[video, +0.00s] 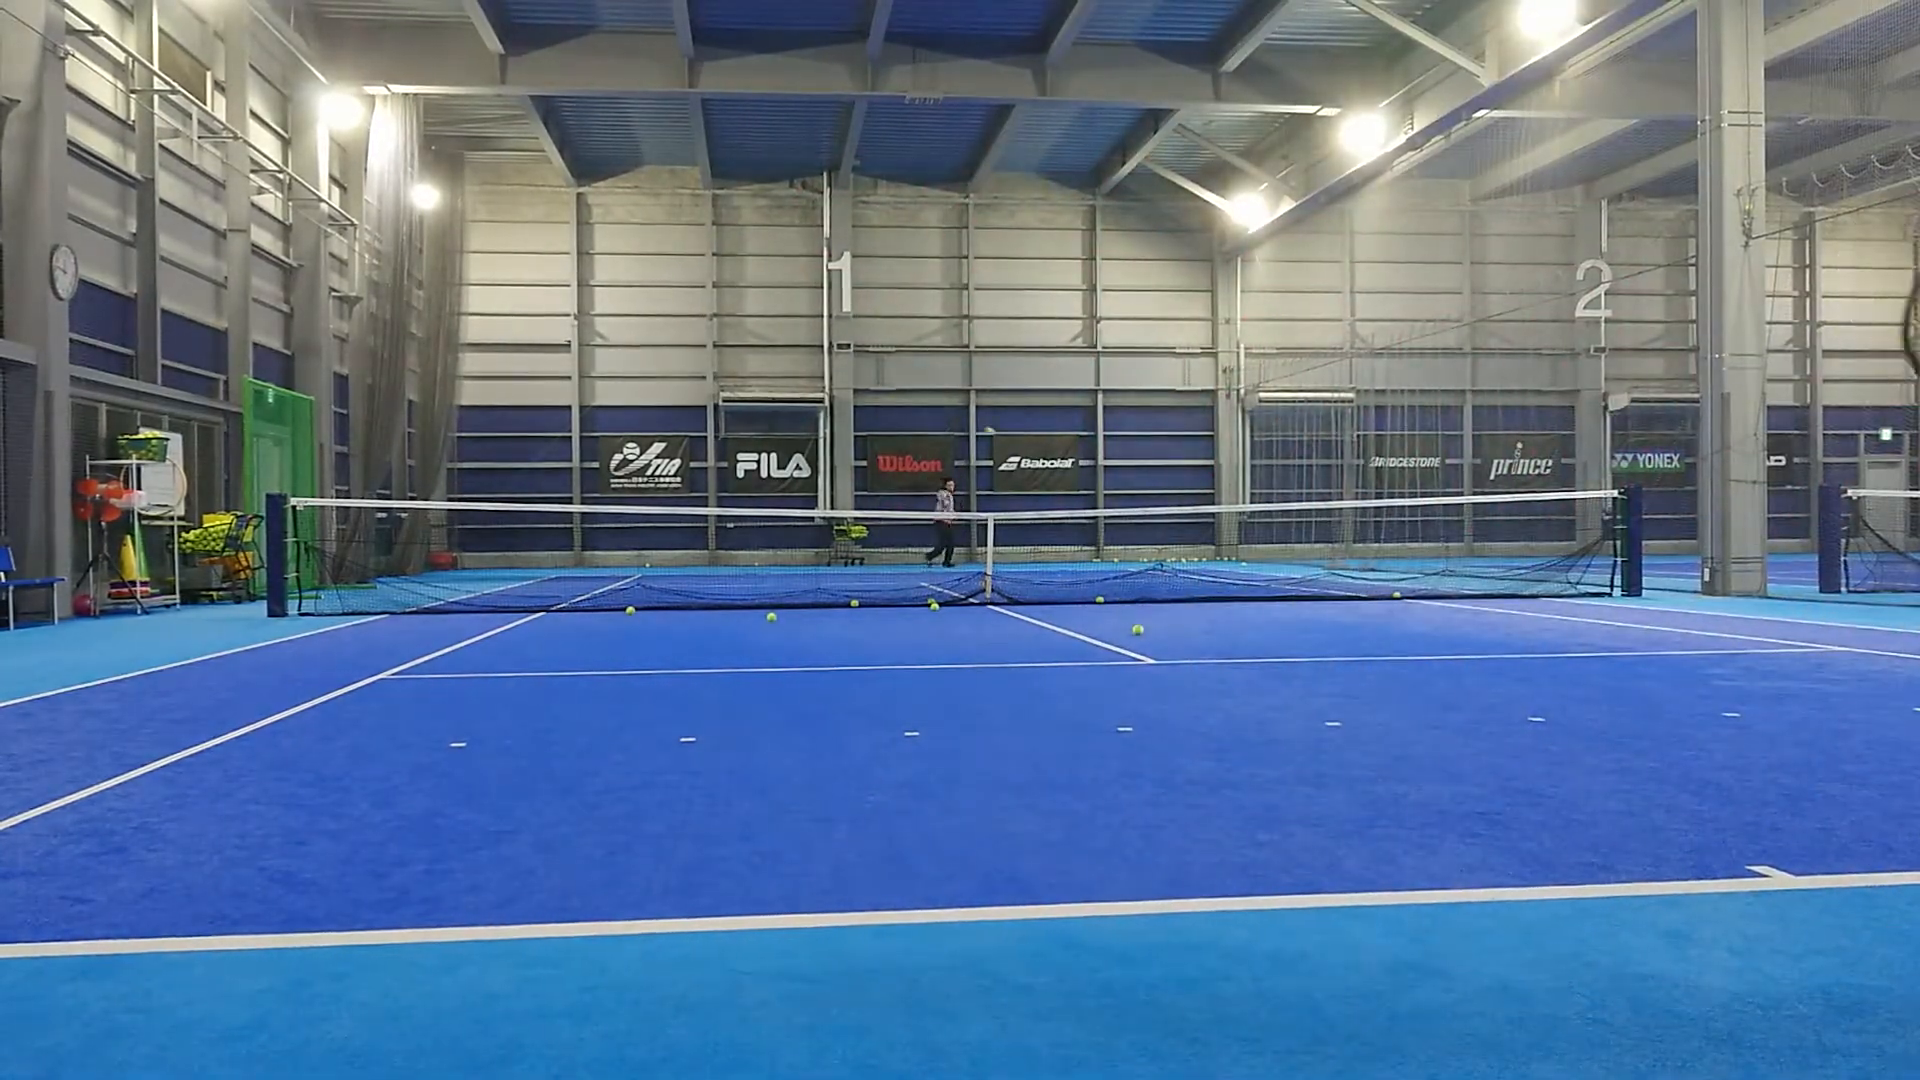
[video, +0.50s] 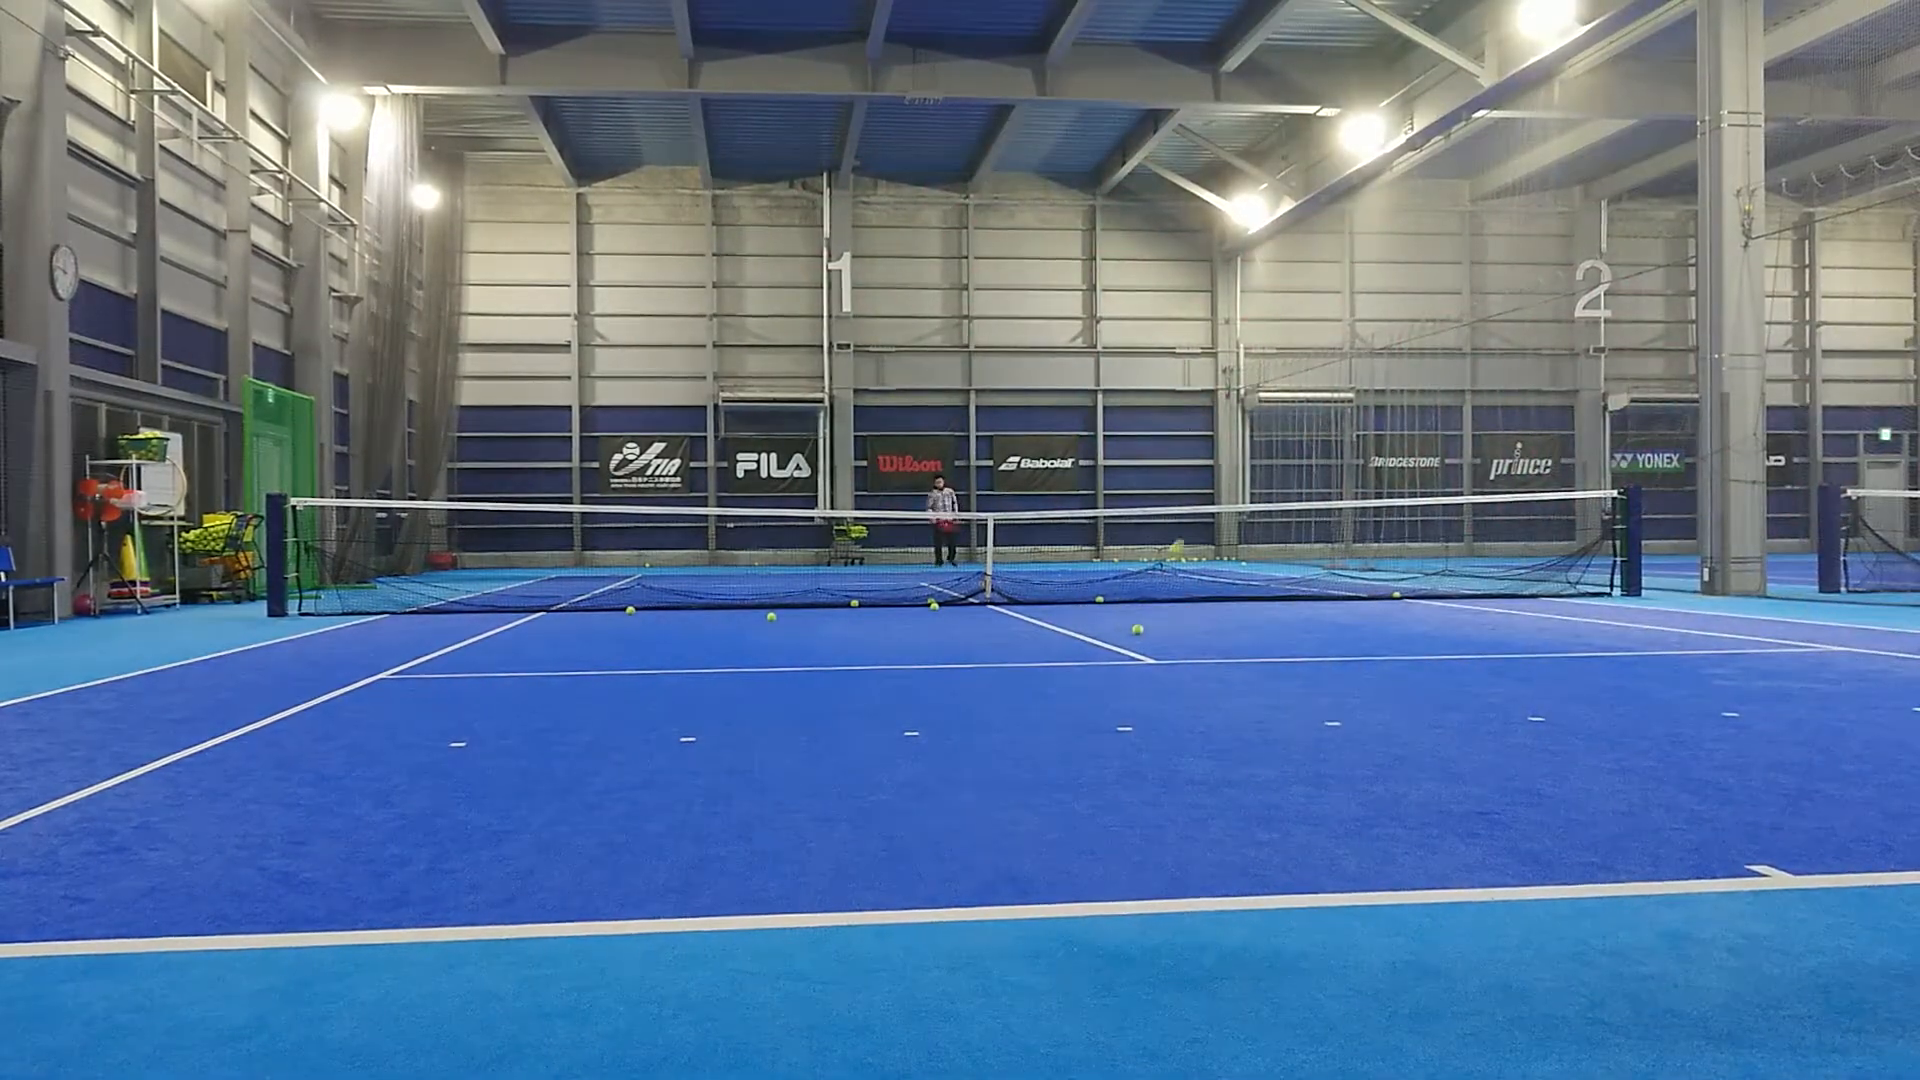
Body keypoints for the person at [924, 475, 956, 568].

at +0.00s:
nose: (951, 487)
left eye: (952, 485)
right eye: (949, 485)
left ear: (953, 486)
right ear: (945, 486)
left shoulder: (949, 495)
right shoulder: (943, 494)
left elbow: (949, 508)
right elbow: (943, 508)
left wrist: (952, 517)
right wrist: (945, 518)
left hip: (947, 520)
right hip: (941, 520)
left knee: (946, 542)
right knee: (947, 542)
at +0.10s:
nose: (949, 485)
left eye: (951, 483)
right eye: (947, 483)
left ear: (952, 484)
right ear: (944, 484)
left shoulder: (952, 493)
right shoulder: (941, 492)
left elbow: (951, 506)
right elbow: (942, 504)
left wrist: (952, 516)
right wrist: (945, 516)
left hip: (948, 519)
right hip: (941, 519)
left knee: (949, 542)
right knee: (944, 541)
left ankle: (947, 561)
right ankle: (931, 558)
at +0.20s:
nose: (947, 484)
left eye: (949, 482)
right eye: (945, 482)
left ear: (951, 483)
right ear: (942, 483)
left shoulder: (953, 492)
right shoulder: (939, 492)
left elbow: (953, 505)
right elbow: (938, 507)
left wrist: (954, 516)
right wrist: (941, 516)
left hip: (950, 519)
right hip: (941, 519)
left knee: (950, 542)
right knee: (941, 542)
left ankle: (947, 560)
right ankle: (938, 560)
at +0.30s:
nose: (944, 484)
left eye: (945, 482)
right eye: (942, 482)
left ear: (948, 482)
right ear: (939, 483)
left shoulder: (952, 492)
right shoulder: (936, 493)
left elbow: (955, 505)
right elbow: (935, 507)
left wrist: (955, 516)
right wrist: (941, 517)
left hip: (950, 519)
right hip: (940, 519)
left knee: (949, 541)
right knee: (939, 541)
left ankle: (948, 560)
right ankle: (940, 559)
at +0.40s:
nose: (941, 484)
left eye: (942, 482)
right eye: (939, 482)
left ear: (946, 482)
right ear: (936, 483)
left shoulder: (951, 492)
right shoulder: (934, 493)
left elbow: (955, 505)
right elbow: (932, 508)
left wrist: (956, 516)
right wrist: (936, 518)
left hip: (950, 520)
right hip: (939, 520)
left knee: (950, 542)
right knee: (938, 542)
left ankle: (948, 560)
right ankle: (939, 560)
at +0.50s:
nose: (939, 484)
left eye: (941, 482)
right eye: (937, 482)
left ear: (944, 482)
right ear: (934, 483)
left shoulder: (950, 492)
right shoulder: (932, 494)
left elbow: (955, 504)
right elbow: (929, 508)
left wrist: (956, 515)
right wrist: (932, 517)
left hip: (950, 519)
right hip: (938, 520)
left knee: (952, 541)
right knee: (938, 542)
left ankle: (951, 558)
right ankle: (939, 560)